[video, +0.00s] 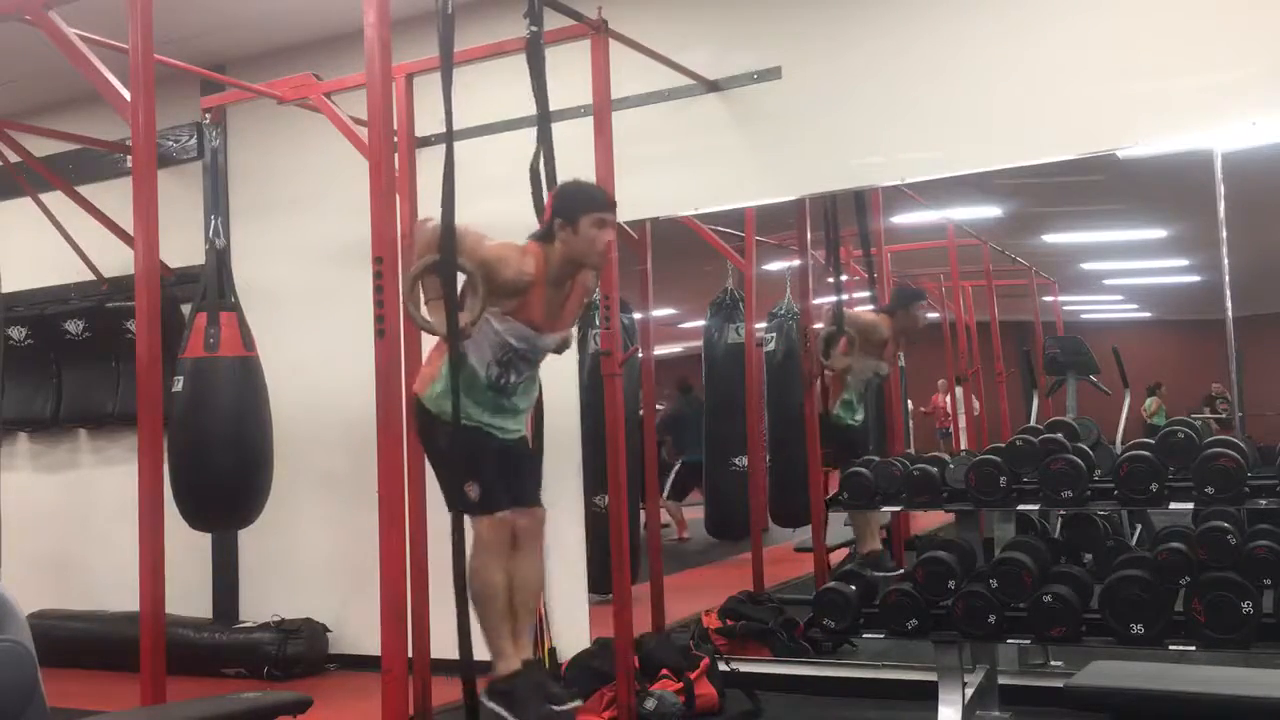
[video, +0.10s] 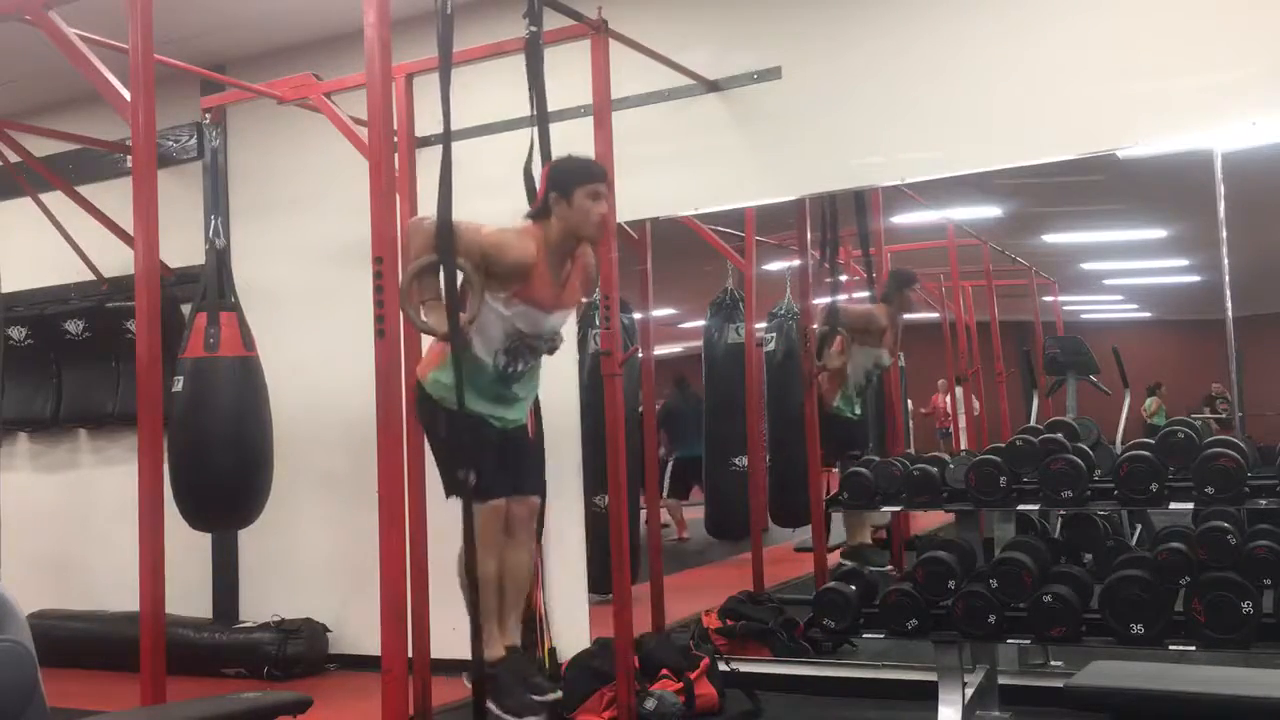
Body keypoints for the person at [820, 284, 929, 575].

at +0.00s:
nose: (924, 317)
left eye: (923, 310)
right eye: (920, 310)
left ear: (904, 311)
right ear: (904, 310)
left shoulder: (890, 336)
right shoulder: (879, 326)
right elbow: (834, 313)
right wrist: (828, 357)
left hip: (860, 407)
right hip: (844, 407)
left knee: (867, 475)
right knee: (859, 476)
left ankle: (870, 547)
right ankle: (868, 549)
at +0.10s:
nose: (916, 298)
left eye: (916, 293)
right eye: (913, 292)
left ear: (898, 292)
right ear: (898, 292)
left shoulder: (891, 321)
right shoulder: (876, 315)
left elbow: (890, 358)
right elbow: (830, 310)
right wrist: (822, 359)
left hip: (866, 401)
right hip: (850, 401)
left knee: (865, 466)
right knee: (856, 468)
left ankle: (862, 539)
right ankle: (856, 542)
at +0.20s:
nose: (910, 282)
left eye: (909, 276)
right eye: (905, 276)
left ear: (892, 278)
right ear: (890, 277)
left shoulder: (888, 310)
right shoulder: (869, 305)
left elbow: (879, 354)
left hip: (859, 393)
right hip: (842, 394)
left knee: (860, 460)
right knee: (854, 461)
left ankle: (858, 528)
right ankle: (848, 532)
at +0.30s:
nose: (906, 267)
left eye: (906, 261)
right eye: (901, 260)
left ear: (893, 266)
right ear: (884, 264)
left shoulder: (886, 300)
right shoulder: (864, 291)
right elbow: (823, 309)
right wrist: (825, 351)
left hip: (854, 386)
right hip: (837, 385)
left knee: (853, 454)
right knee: (852, 452)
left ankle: (845, 522)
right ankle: (842, 524)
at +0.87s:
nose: (884, 228)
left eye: (885, 221)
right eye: (881, 220)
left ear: (871, 219)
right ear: (866, 219)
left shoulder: (862, 255)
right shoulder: (847, 254)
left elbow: (862, 309)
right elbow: (834, 305)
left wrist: (872, 347)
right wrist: (829, 349)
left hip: (858, 351)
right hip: (844, 353)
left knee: (845, 426)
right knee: (839, 426)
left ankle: (841, 499)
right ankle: (831, 502)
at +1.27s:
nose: (883, 224)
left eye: (883, 217)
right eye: (878, 217)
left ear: (875, 219)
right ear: (860, 219)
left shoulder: (862, 254)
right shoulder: (848, 254)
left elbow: (865, 308)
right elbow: (841, 307)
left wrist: (876, 346)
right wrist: (834, 351)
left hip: (866, 353)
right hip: (850, 354)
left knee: (872, 422)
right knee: (858, 422)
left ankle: (884, 482)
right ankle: (863, 486)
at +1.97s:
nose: (898, 229)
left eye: (898, 222)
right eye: (893, 222)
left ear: (885, 223)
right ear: (876, 223)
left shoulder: (882, 262)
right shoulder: (861, 261)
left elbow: (877, 314)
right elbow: (845, 312)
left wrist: (889, 343)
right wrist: (852, 353)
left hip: (873, 355)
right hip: (858, 357)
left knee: (876, 431)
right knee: (870, 433)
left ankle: (885, 501)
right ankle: (886, 504)